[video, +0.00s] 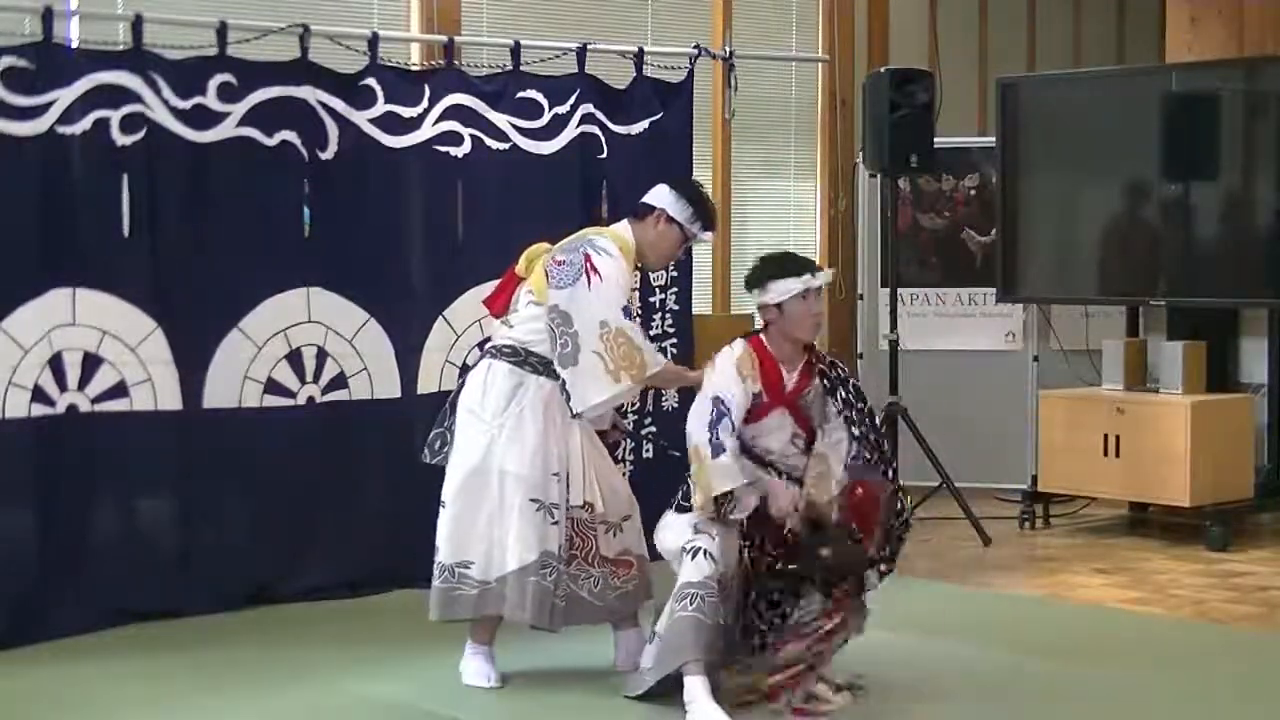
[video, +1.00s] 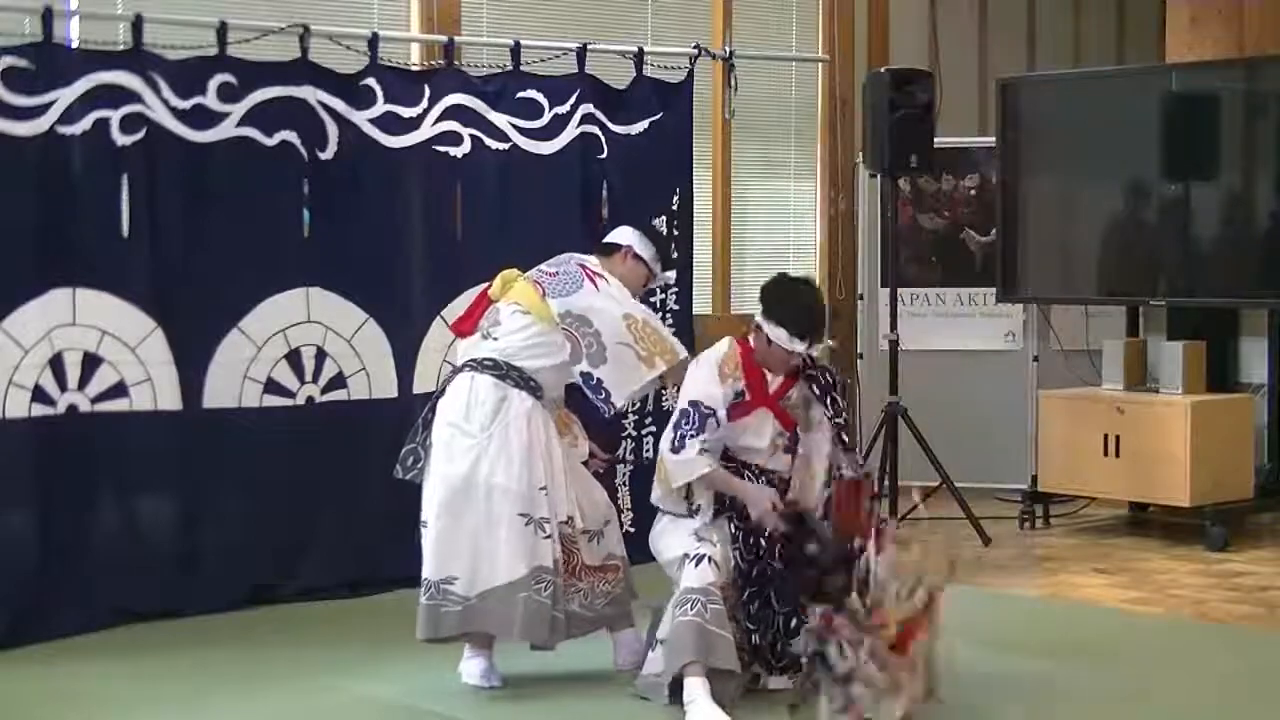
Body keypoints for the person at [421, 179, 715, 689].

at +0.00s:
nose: (682, 254)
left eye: (688, 246)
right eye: (684, 241)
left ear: (659, 222)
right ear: (658, 220)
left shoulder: (608, 258)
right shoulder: (600, 258)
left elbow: (581, 352)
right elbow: (622, 355)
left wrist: (598, 411)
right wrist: (695, 379)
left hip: (546, 396)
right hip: (512, 391)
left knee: (615, 509)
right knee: (506, 515)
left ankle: (631, 647)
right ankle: (478, 650)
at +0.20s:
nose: (675, 260)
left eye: (681, 252)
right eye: (678, 246)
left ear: (653, 227)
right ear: (654, 224)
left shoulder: (596, 256)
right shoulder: (601, 256)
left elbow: (583, 351)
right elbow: (627, 339)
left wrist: (600, 415)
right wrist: (682, 383)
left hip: (546, 396)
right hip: (516, 391)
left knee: (612, 507)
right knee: (510, 518)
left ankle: (632, 642)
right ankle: (479, 650)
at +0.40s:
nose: (665, 266)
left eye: (670, 257)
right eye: (667, 252)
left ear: (641, 231)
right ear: (643, 230)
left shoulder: (582, 259)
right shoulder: (598, 267)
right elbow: (628, 335)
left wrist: (601, 425)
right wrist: (671, 380)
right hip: (512, 395)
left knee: (611, 508)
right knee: (501, 521)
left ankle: (630, 642)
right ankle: (480, 650)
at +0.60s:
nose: (656, 273)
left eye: (661, 265)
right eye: (657, 259)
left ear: (629, 242)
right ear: (634, 239)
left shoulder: (570, 267)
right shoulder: (595, 275)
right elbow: (637, 357)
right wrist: (678, 391)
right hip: (508, 399)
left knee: (609, 508)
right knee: (494, 522)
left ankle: (630, 642)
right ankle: (480, 649)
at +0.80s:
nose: (651, 285)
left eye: (656, 277)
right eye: (652, 273)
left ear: (621, 252)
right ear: (631, 253)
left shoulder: (566, 276)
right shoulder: (592, 283)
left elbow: (546, 377)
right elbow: (651, 363)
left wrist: (586, 436)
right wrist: (703, 400)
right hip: (499, 403)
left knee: (604, 510)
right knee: (488, 525)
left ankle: (628, 642)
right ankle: (479, 650)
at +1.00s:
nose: (644, 290)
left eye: (649, 282)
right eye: (646, 276)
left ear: (619, 255)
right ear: (627, 255)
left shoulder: (559, 274)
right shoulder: (594, 280)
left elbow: (543, 384)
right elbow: (656, 349)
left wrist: (581, 443)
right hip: (492, 403)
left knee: (593, 512)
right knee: (487, 526)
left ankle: (627, 643)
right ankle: (478, 653)